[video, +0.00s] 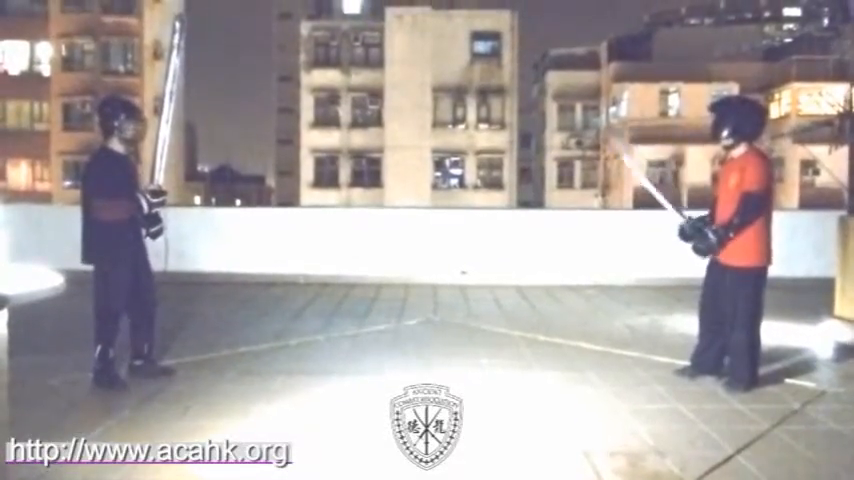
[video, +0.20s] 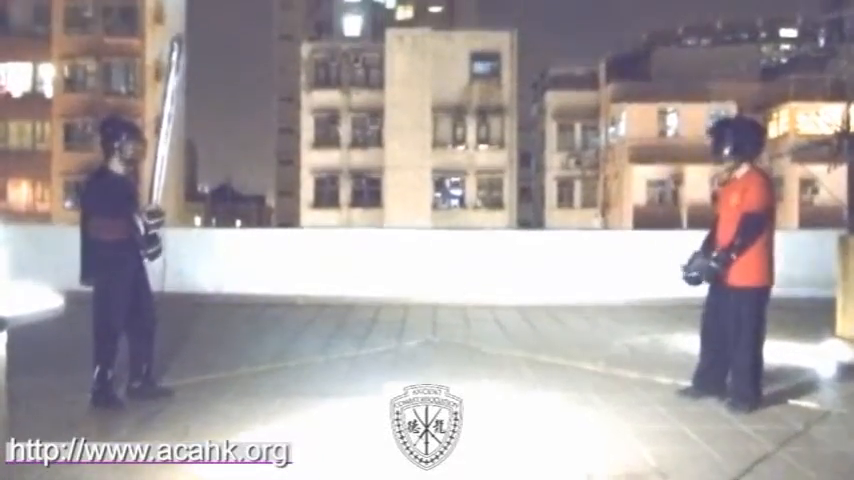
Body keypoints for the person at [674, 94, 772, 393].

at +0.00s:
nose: (717, 129)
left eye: (722, 123)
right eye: (718, 123)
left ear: (738, 127)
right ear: (730, 127)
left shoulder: (755, 163)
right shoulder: (725, 163)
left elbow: (751, 206)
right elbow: (722, 207)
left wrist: (720, 235)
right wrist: (702, 223)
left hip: (747, 256)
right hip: (723, 253)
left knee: (741, 317)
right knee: (712, 310)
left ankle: (741, 374)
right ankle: (706, 362)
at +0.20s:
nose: (719, 150)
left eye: (724, 143)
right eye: (719, 143)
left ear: (740, 145)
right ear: (726, 146)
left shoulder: (756, 182)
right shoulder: (727, 183)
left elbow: (753, 224)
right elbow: (719, 225)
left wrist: (725, 257)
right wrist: (703, 254)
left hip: (749, 276)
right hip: (724, 272)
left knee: (744, 336)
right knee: (715, 329)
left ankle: (744, 393)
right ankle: (708, 382)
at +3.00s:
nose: (720, 187)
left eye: (723, 180)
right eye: (719, 181)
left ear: (739, 178)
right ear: (736, 179)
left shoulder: (768, 206)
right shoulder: (737, 210)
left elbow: (762, 249)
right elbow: (732, 253)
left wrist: (735, 284)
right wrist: (721, 285)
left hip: (765, 301)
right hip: (740, 298)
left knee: (762, 362)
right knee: (727, 354)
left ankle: (759, 419)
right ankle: (720, 407)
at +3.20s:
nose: (719, 187)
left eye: (723, 179)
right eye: (719, 180)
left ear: (739, 178)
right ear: (736, 180)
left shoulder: (768, 207)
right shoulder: (736, 210)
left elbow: (762, 250)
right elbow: (732, 253)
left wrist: (735, 284)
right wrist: (721, 285)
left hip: (766, 301)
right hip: (740, 298)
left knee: (762, 362)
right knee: (728, 354)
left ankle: (759, 419)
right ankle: (720, 407)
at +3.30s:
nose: (719, 187)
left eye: (723, 179)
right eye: (719, 180)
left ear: (739, 177)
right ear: (735, 180)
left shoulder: (768, 206)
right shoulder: (736, 211)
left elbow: (762, 250)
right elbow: (731, 253)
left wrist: (735, 285)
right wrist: (721, 285)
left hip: (766, 300)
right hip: (740, 298)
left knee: (762, 362)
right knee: (727, 354)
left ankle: (759, 419)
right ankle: (720, 407)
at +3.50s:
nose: (719, 186)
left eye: (722, 178)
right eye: (718, 179)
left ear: (738, 176)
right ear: (735, 178)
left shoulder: (767, 205)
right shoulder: (735, 209)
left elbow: (762, 248)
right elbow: (731, 252)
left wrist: (735, 283)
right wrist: (720, 284)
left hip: (765, 300)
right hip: (739, 297)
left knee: (761, 361)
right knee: (727, 353)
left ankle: (758, 419)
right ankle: (720, 407)